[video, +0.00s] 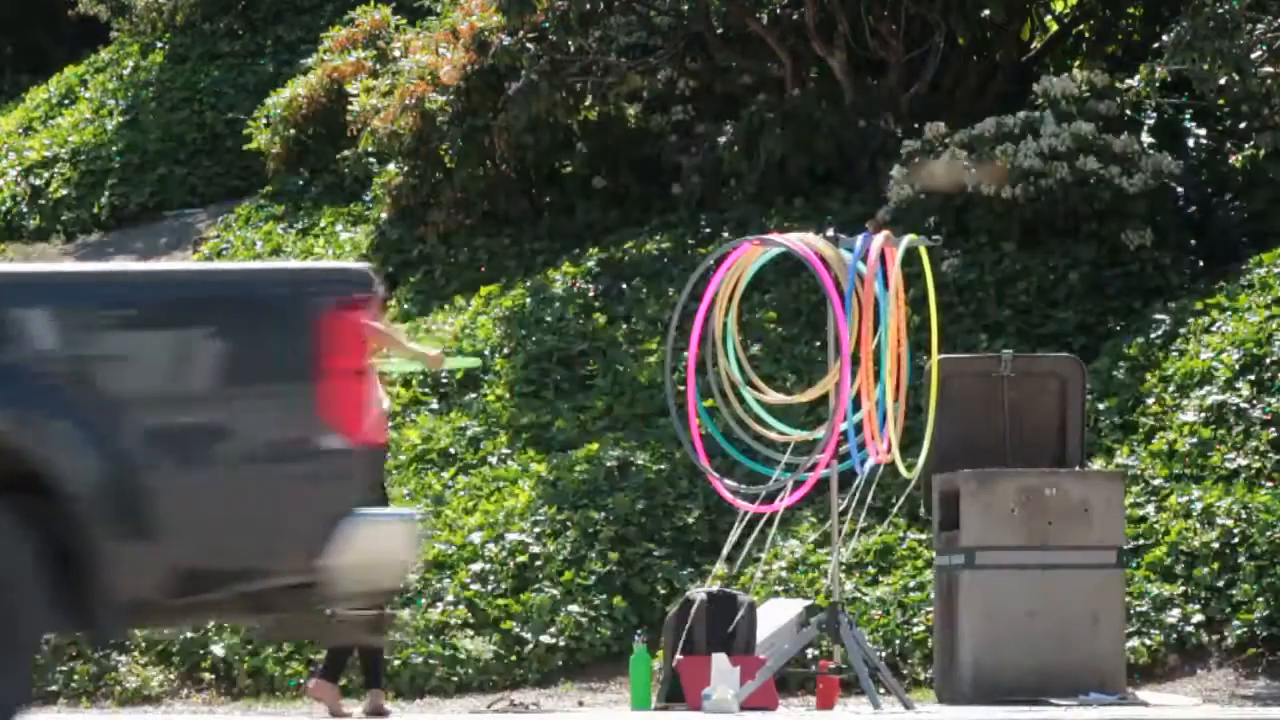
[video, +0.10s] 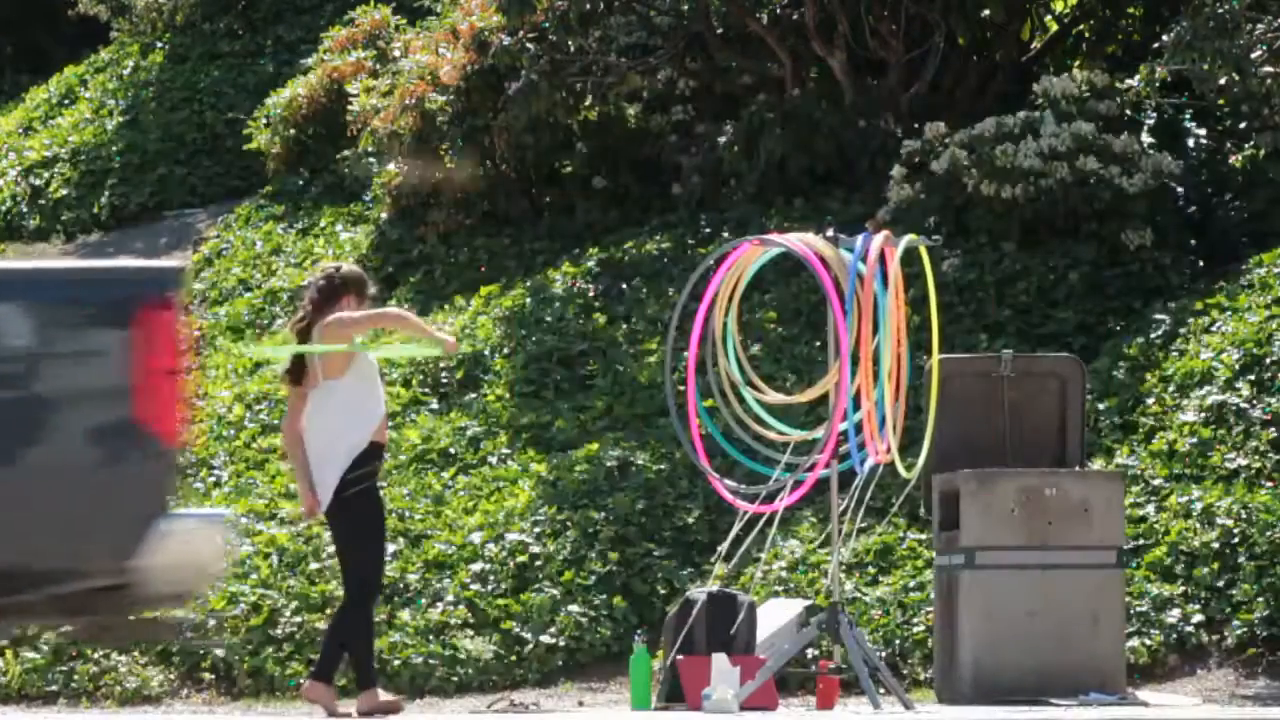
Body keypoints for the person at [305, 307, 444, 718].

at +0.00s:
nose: (382, 312)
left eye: (382, 305)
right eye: (379, 304)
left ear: (353, 299)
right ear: (365, 301)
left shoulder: (335, 331)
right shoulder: (352, 326)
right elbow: (387, 337)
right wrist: (427, 354)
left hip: (351, 458)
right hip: (357, 459)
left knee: (371, 570)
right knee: (370, 568)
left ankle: (375, 690)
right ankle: (327, 677)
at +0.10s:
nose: (362, 311)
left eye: (363, 303)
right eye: (360, 302)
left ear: (321, 303)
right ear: (344, 299)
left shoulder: (310, 352)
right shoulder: (332, 326)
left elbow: (291, 427)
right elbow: (391, 315)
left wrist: (305, 485)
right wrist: (435, 335)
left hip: (337, 478)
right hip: (354, 475)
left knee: (360, 587)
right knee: (363, 586)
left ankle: (367, 689)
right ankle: (321, 680)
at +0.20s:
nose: (355, 306)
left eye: (353, 299)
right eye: (353, 299)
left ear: (312, 301)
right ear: (344, 300)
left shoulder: (297, 358)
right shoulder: (346, 326)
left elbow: (283, 432)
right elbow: (414, 305)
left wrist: (297, 490)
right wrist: (444, 325)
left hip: (320, 478)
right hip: (357, 476)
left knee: (348, 587)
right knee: (354, 587)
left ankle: (361, 689)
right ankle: (316, 682)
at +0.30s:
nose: (348, 305)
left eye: (345, 300)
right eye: (347, 299)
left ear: (306, 304)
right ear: (343, 300)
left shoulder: (289, 355)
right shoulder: (354, 329)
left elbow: (278, 434)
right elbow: (429, 301)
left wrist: (291, 496)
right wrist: (438, 318)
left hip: (309, 473)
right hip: (359, 467)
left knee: (335, 581)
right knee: (350, 579)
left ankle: (352, 689)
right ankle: (317, 682)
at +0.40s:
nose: (341, 302)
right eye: (340, 296)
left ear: (297, 305)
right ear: (341, 299)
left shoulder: (286, 354)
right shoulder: (365, 331)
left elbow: (278, 433)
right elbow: (435, 302)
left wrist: (280, 499)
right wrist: (380, 314)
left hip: (306, 481)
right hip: (359, 474)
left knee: (328, 583)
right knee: (348, 582)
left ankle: (335, 688)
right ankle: (321, 677)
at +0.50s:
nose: (287, 309)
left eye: (289, 303)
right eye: (287, 302)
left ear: (299, 306)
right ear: (336, 298)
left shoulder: (289, 356)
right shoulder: (369, 333)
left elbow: (279, 433)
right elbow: (435, 309)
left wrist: (271, 495)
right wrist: (383, 298)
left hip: (303, 489)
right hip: (360, 485)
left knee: (318, 586)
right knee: (345, 585)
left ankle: (326, 686)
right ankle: (322, 682)